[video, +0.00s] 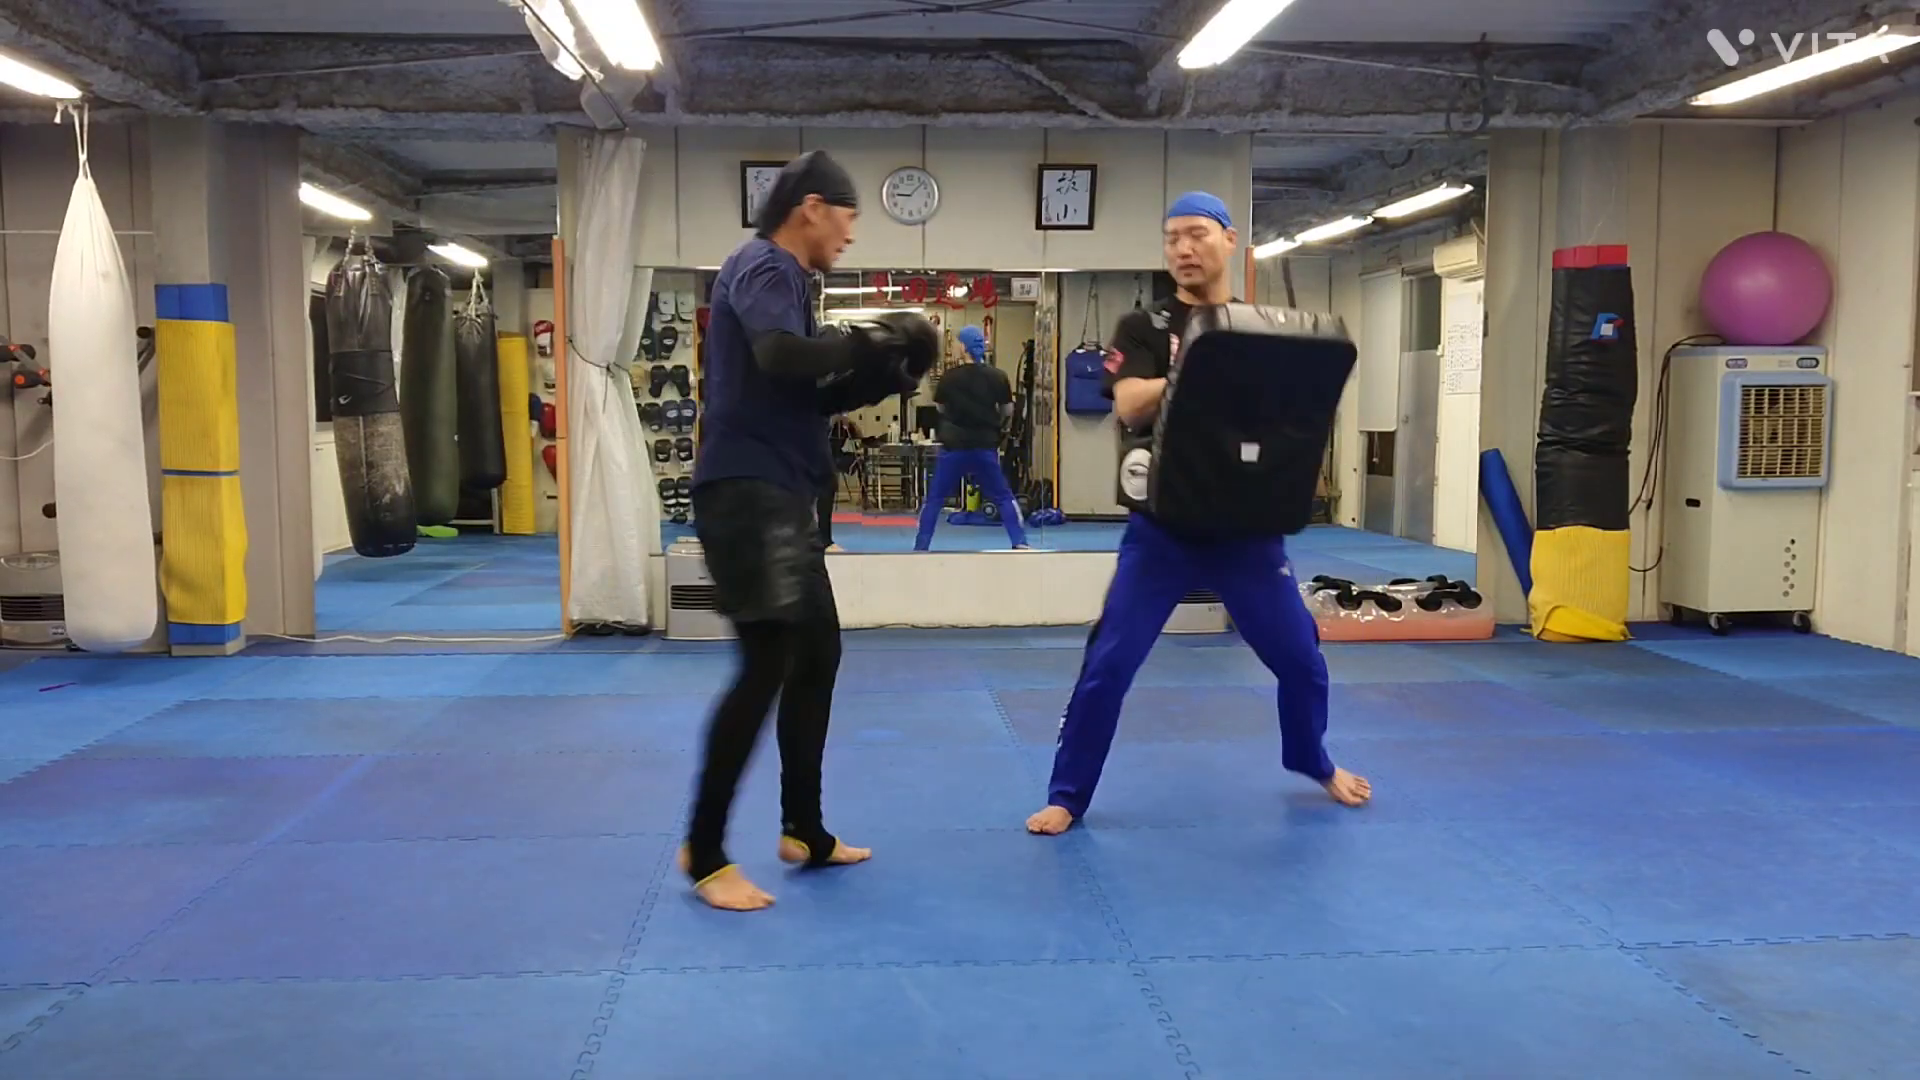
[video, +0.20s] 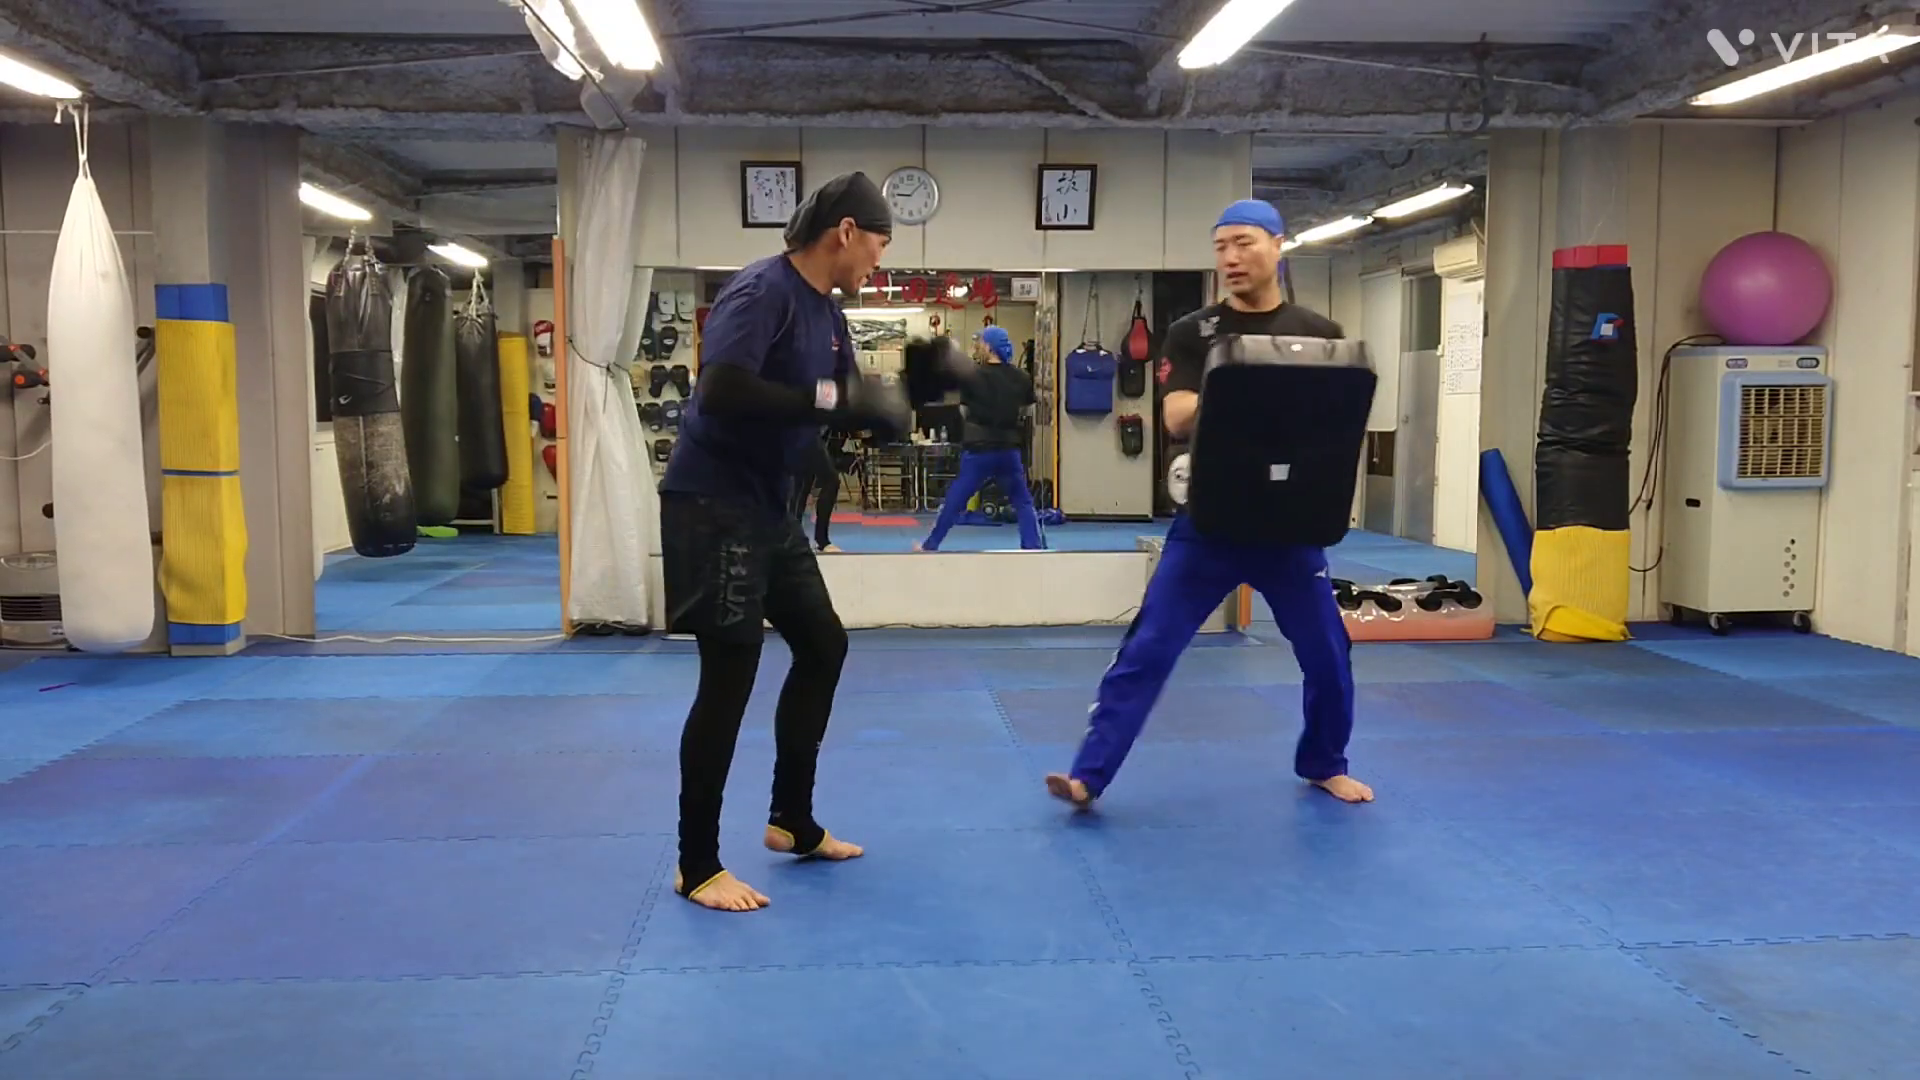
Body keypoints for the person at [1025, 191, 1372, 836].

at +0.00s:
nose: (1184, 248)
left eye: (1197, 234)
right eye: (1173, 238)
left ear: (1230, 243)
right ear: (1165, 252)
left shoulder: (1267, 330)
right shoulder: (1145, 325)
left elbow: (1291, 413)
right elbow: (1127, 404)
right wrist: (1196, 378)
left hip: (1248, 535)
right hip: (1159, 532)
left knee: (1304, 662)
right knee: (1107, 663)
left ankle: (1311, 758)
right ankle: (1066, 797)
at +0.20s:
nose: (1232, 257)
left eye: (1245, 242)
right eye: (1223, 247)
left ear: (1277, 248)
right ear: (1215, 259)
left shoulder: (1321, 335)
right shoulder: (1190, 334)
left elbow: (1341, 423)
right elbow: (1177, 418)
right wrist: (1239, 399)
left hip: (1287, 527)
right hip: (1207, 524)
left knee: (1329, 656)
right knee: (1149, 646)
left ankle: (1325, 764)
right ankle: (1088, 775)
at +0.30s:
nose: (1242, 249)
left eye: (1254, 235)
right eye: (1232, 239)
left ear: (1288, 241)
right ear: (1225, 250)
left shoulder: (1330, 323)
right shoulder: (1201, 322)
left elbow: (1345, 410)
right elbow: (1180, 403)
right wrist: (1237, 379)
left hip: (1293, 518)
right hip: (1209, 512)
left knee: (1323, 653)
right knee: (1160, 639)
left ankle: (1328, 769)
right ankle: (1129, 765)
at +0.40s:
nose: (1242, 245)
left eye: (1255, 232)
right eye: (1232, 236)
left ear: (1287, 236)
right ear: (1224, 246)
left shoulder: (1321, 317)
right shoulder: (1203, 316)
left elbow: (1338, 400)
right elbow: (1181, 396)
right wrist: (1236, 366)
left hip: (1299, 508)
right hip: (1217, 505)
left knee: (1327, 643)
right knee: (1191, 641)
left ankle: (1330, 766)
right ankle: (1182, 746)